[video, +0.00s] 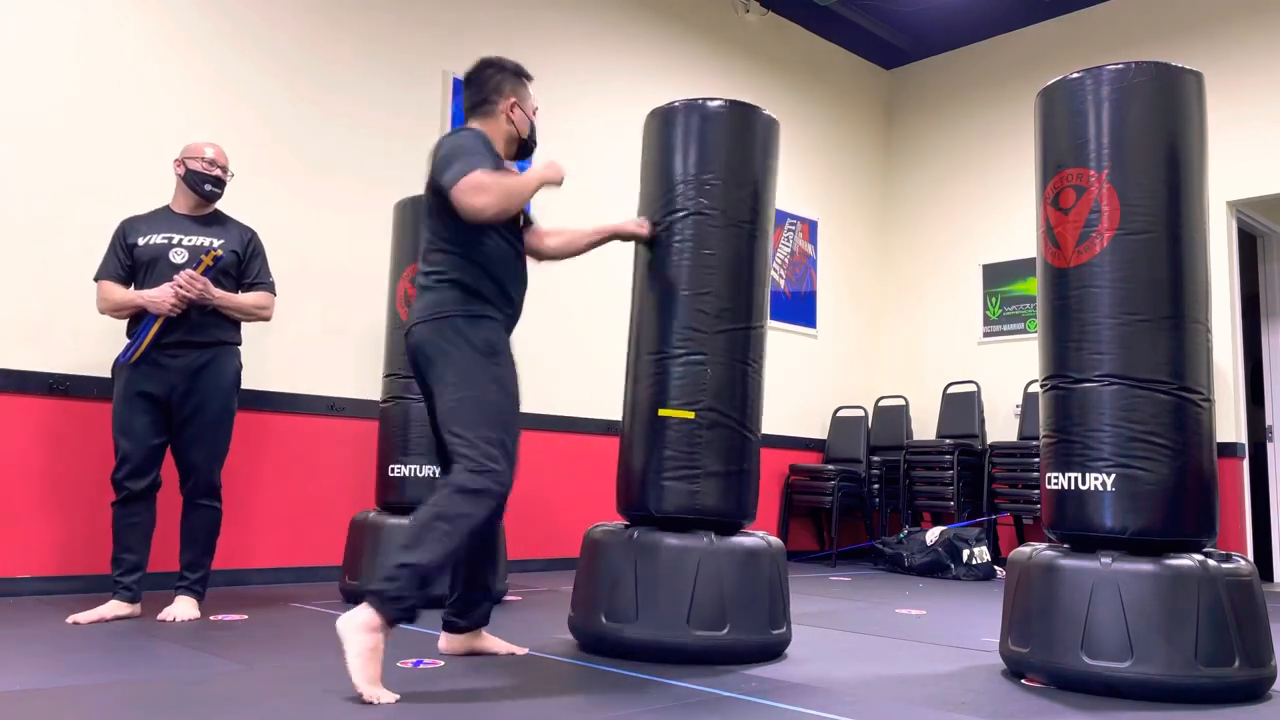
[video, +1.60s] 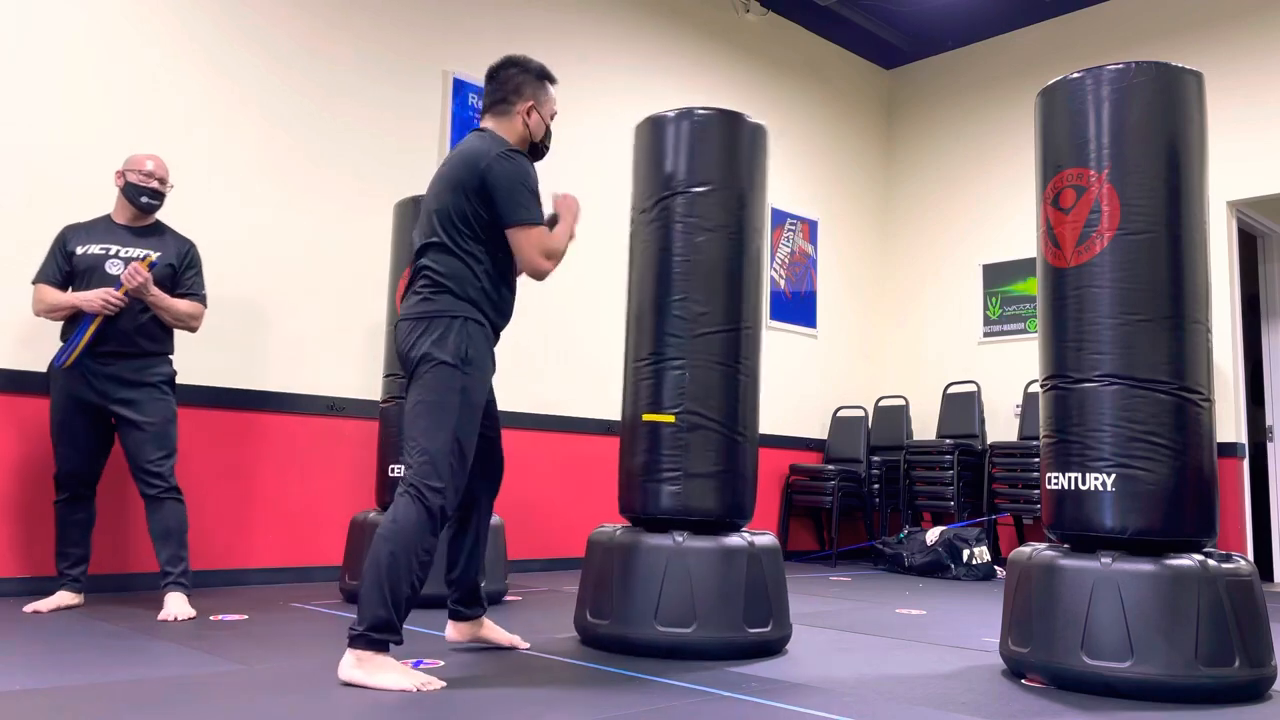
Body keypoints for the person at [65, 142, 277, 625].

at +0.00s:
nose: (213, 171)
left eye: (220, 167)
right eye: (204, 162)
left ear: (227, 181)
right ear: (178, 168)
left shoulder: (241, 238)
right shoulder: (134, 229)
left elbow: (264, 307)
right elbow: (106, 298)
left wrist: (212, 295)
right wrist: (146, 298)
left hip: (209, 372)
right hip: (142, 370)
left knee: (201, 485)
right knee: (132, 481)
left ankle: (189, 594)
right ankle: (126, 595)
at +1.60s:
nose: (153, 185)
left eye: (160, 181)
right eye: (144, 175)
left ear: (167, 192)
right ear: (119, 180)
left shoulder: (180, 249)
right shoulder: (75, 237)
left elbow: (193, 319)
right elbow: (42, 302)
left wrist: (150, 294)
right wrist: (79, 299)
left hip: (146, 383)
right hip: (79, 380)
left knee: (160, 482)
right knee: (72, 484)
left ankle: (176, 590)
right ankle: (70, 587)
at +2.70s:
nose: (104, 183)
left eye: (111, 178)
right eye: (94, 174)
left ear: (117, 189)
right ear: (66, 179)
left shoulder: (133, 244)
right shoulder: (25, 242)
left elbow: (155, 311)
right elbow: (3, 308)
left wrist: (107, 289)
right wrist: (33, 302)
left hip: (105, 374)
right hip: (41, 375)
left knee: (102, 474)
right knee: (53, 480)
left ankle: (101, 587)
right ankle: (68, 586)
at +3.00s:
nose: (96, 181)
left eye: (103, 176)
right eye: (86, 172)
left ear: (108, 186)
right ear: (56, 177)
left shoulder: (122, 241)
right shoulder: (15, 239)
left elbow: (143, 309)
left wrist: (90, 286)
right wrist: (17, 301)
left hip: (90, 366)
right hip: (28, 367)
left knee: (55, 463)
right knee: (45, 472)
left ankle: (32, 585)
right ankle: (68, 583)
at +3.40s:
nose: (39, 186)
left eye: (51, 179)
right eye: (31, 175)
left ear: (72, 179)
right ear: (19, 168)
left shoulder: (90, 236)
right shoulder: (3, 221)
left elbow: (114, 307)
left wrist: (47, 288)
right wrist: (5, 289)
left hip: (48, 358)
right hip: (4, 358)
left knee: (11, 467)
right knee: (29, 470)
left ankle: (1, 582)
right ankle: (67, 576)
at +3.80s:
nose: (2, 181)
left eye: (4, 172)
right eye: (3, 172)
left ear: (13, 171)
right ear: (10, 170)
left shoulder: (35, 222)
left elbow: (76, 298)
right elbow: (75, 296)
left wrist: (8, 313)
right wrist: (14, 315)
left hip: (2, 367)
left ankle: (0, 581)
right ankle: (1, 579)